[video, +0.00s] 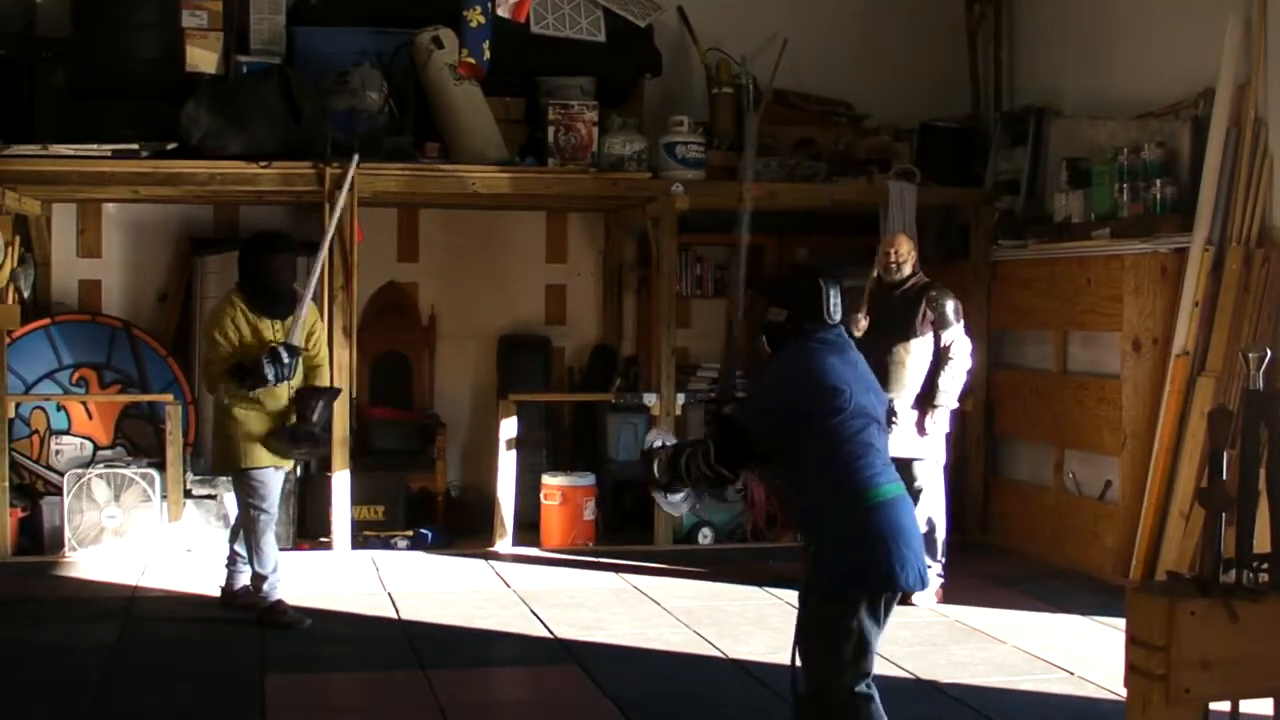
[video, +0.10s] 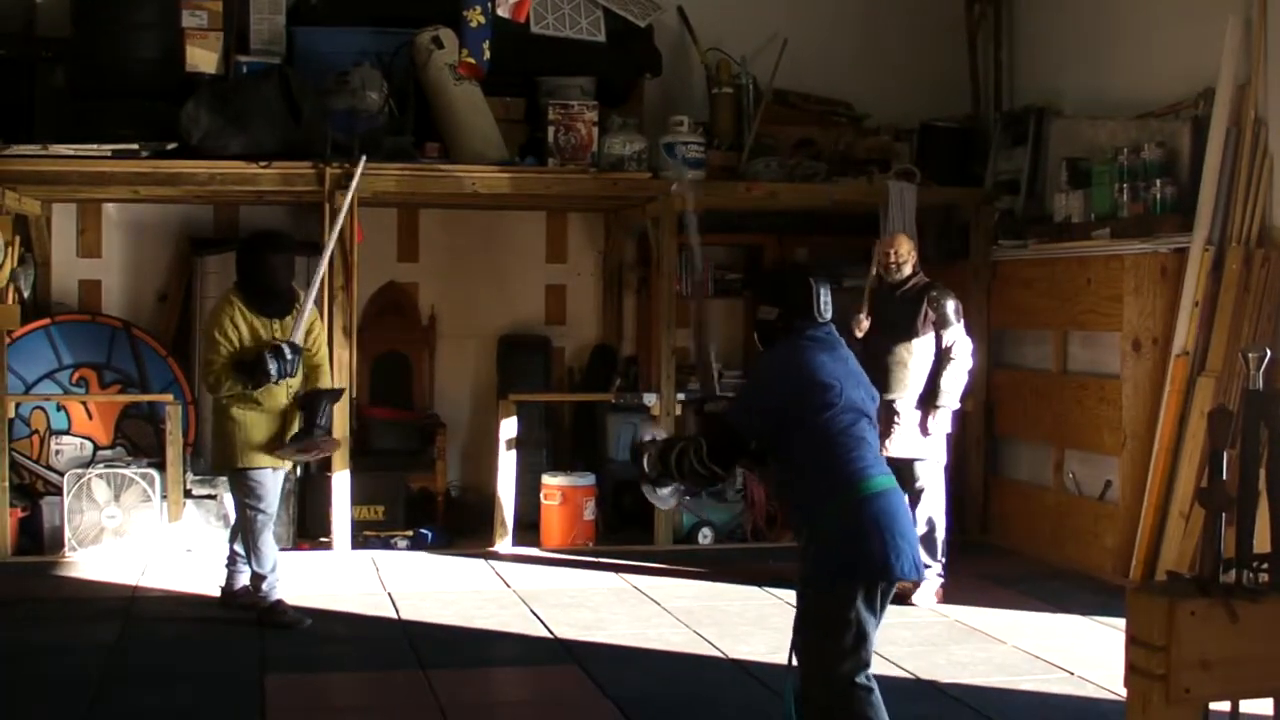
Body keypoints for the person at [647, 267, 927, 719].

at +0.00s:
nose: (764, 323)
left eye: (770, 313)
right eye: (766, 312)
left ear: (786, 317)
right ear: (824, 314)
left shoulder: (801, 366)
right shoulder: (846, 358)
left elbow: (727, 454)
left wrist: (669, 464)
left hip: (860, 539)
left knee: (840, 683)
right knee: (823, 673)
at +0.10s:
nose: (753, 320)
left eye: (758, 310)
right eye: (755, 310)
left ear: (773, 314)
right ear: (815, 310)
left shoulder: (785, 365)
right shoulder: (840, 357)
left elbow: (717, 454)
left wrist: (658, 457)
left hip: (853, 536)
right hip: (878, 529)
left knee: (839, 675)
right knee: (821, 662)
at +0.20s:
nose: (747, 320)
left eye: (753, 309)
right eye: (749, 309)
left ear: (767, 312)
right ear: (807, 309)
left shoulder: (779, 363)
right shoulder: (832, 357)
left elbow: (706, 453)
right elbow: (789, 453)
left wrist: (656, 443)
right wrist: (711, 430)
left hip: (848, 533)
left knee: (835, 670)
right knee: (816, 660)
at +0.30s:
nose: (744, 325)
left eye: (749, 314)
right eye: (747, 314)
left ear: (762, 316)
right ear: (805, 313)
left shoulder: (774, 362)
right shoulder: (832, 362)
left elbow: (699, 447)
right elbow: (792, 456)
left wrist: (644, 433)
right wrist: (728, 444)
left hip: (840, 531)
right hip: (872, 526)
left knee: (829, 666)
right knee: (824, 659)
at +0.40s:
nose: (742, 325)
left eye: (747, 315)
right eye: (745, 315)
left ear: (760, 316)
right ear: (803, 313)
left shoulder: (773, 361)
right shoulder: (829, 362)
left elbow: (693, 444)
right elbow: (794, 458)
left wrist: (646, 421)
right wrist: (722, 465)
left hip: (837, 529)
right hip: (874, 524)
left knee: (822, 668)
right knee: (827, 663)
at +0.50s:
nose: (739, 325)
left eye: (744, 315)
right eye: (741, 315)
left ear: (757, 317)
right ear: (798, 313)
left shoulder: (768, 363)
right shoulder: (823, 361)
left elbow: (691, 440)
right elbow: (797, 455)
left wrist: (643, 404)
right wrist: (729, 482)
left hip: (834, 531)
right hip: (876, 526)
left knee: (813, 670)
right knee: (831, 668)